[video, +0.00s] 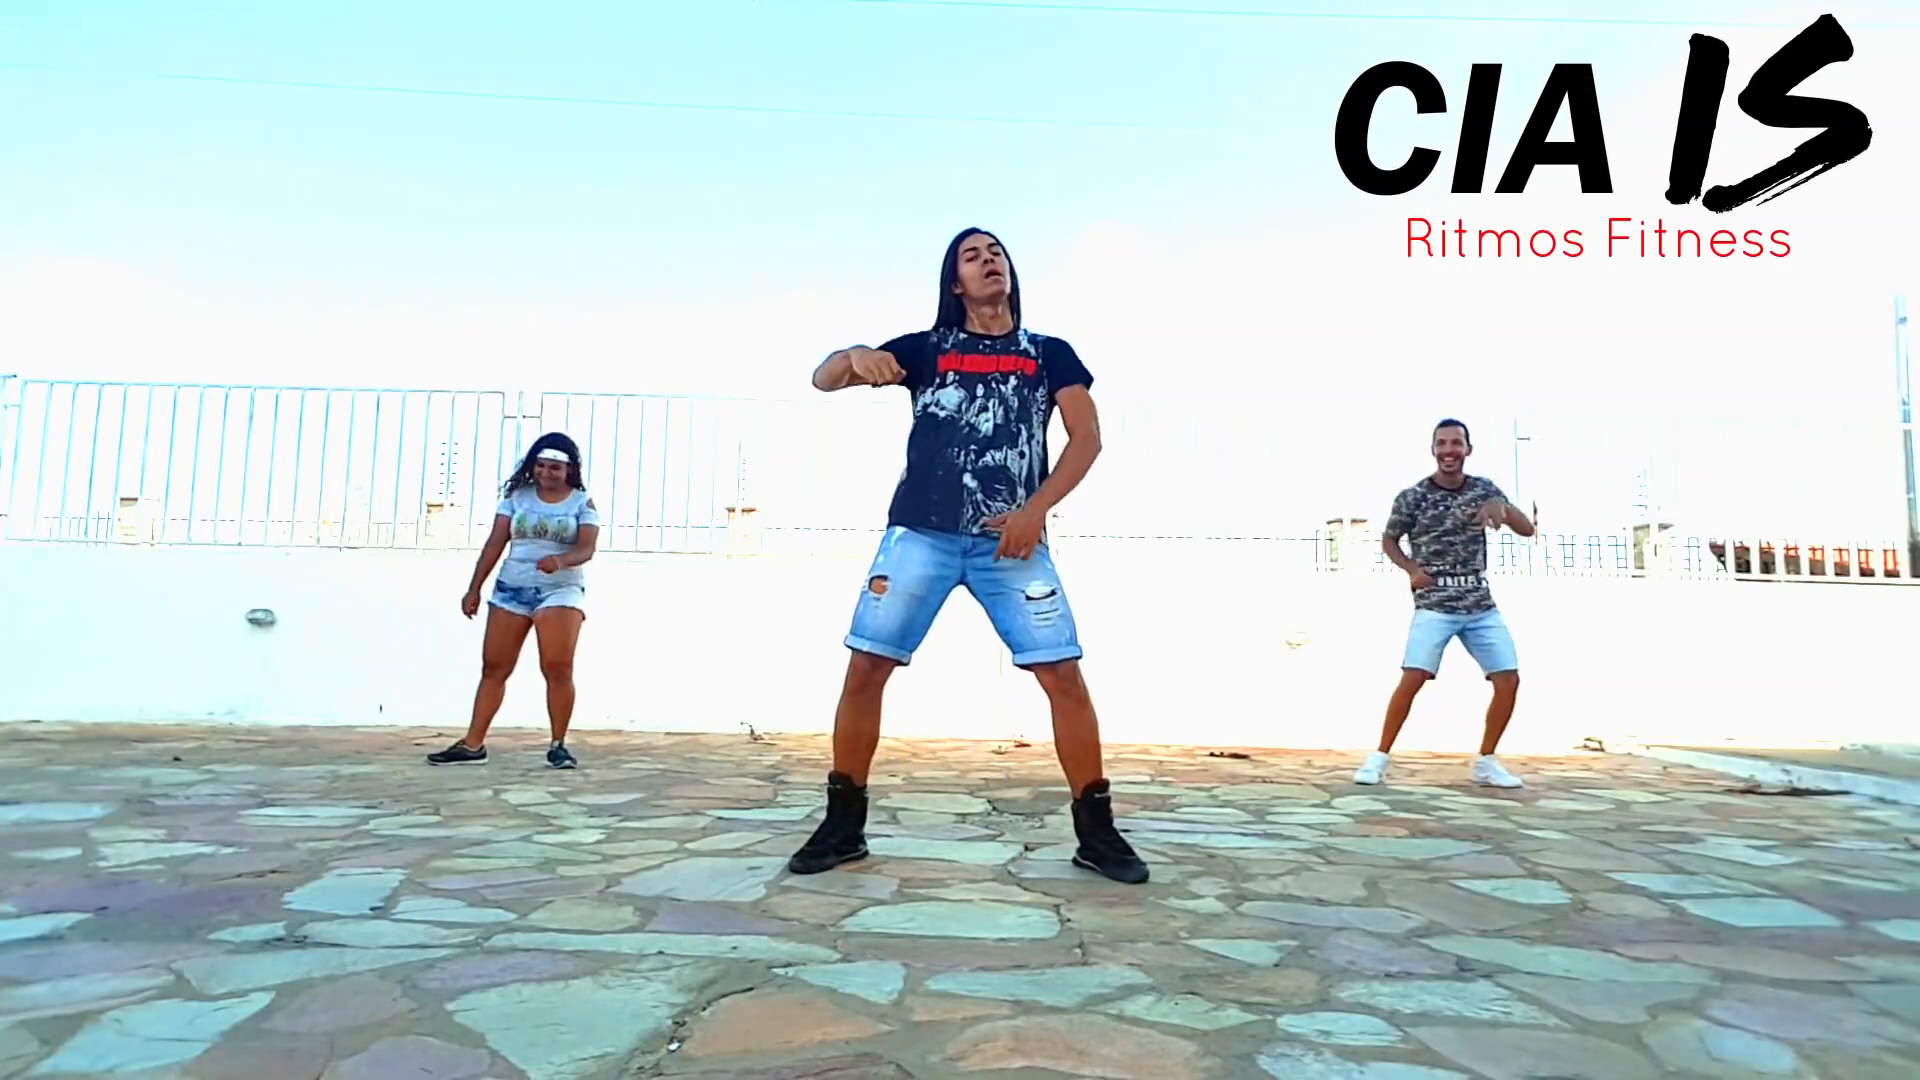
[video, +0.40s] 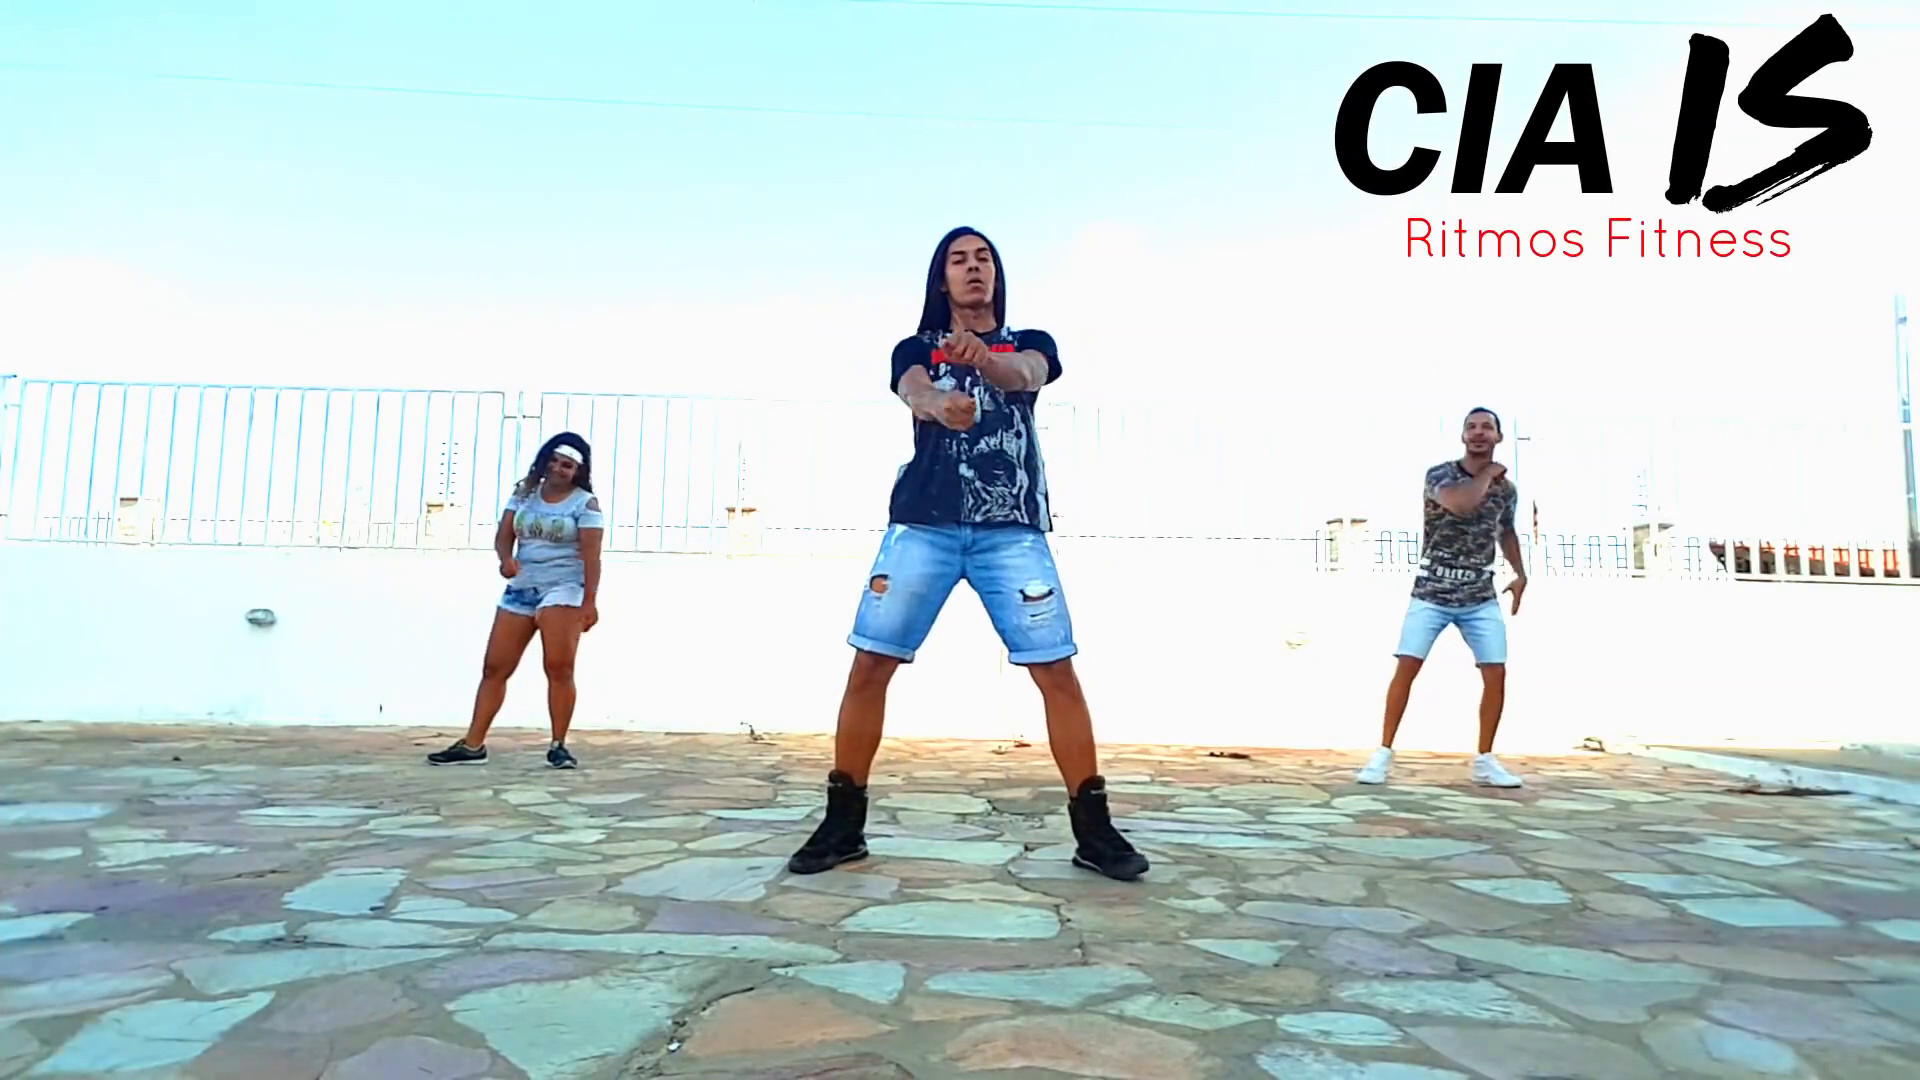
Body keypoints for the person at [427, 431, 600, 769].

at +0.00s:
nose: (549, 473)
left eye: (557, 468)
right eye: (543, 466)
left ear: (570, 470)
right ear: (533, 467)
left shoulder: (582, 504)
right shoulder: (515, 498)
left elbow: (586, 549)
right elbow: (495, 544)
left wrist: (562, 560)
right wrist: (475, 587)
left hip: (559, 593)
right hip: (511, 590)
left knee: (558, 668)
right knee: (493, 668)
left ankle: (558, 745)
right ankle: (472, 743)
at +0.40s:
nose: (561, 468)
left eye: (570, 464)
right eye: (557, 460)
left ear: (579, 471)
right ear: (546, 460)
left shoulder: (585, 503)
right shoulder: (523, 492)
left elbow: (591, 555)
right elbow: (504, 535)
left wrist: (589, 601)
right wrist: (506, 559)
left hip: (563, 588)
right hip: (520, 587)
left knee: (559, 669)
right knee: (494, 668)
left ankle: (558, 745)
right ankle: (473, 743)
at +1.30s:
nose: (513, 451)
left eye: (521, 446)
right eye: (506, 447)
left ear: (537, 454)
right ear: (499, 456)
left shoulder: (553, 495)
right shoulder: (487, 496)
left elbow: (567, 547)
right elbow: (475, 539)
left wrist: (575, 593)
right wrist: (467, 570)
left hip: (537, 588)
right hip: (490, 587)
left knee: (544, 666)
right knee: (479, 665)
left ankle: (557, 743)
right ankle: (471, 743)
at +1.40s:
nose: (507, 452)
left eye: (514, 446)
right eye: (500, 448)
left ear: (530, 454)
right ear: (493, 457)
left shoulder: (548, 494)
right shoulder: (483, 498)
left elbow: (570, 543)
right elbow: (470, 541)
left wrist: (584, 587)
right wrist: (474, 561)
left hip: (530, 589)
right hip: (485, 588)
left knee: (539, 669)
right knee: (471, 664)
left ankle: (556, 744)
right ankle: (471, 743)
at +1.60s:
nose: (508, 451)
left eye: (515, 446)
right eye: (501, 446)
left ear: (527, 456)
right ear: (490, 456)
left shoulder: (541, 492)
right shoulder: (477, 497)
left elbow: (558, 539)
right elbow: (465, 542)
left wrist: (567, 578)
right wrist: (453, 580)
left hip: (528, 587)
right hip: (480, 587)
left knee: (537, 667)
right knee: (472, 667)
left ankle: (555, 743)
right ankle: (471, 743)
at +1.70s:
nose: (510, 451)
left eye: (517, 446)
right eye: (503, 446)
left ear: (529, 455)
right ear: (492, 455)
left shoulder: (542, 493)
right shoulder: (477, 494)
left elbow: (555, 537)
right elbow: (460, 540)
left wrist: (547, 566)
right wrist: (440, 583)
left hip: (530, 590)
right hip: (480, 589)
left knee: (542, 668)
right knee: (474, 667)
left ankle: (558, 743)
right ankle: (471, 744)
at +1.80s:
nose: (512, 451)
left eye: (519, 446)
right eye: (505, 446)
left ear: (531, 455)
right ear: (494, 455)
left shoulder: (545, 493)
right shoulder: (479, 494)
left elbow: (553, 538)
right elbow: (462, 541)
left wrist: (535, 557)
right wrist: (436, 586)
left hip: (532, 590)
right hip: (481, 589)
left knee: (545, 668)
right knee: (472, 667)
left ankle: (558, 743)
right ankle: (471, 744)